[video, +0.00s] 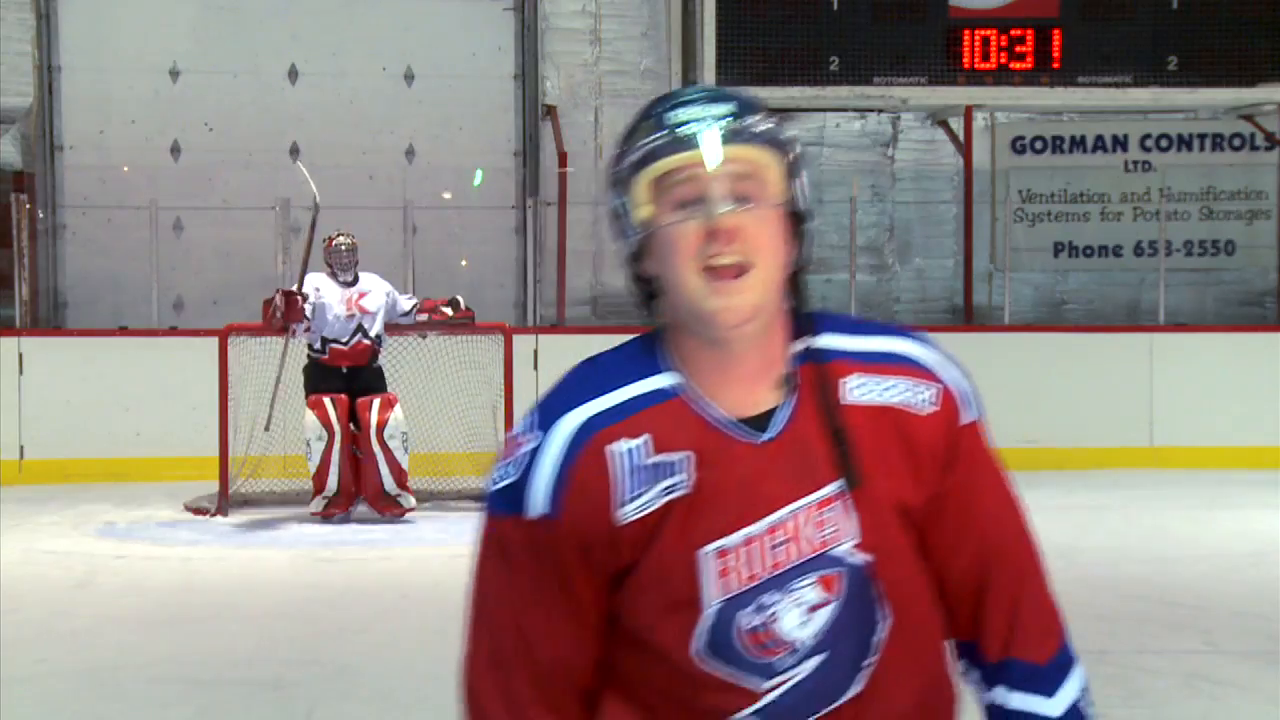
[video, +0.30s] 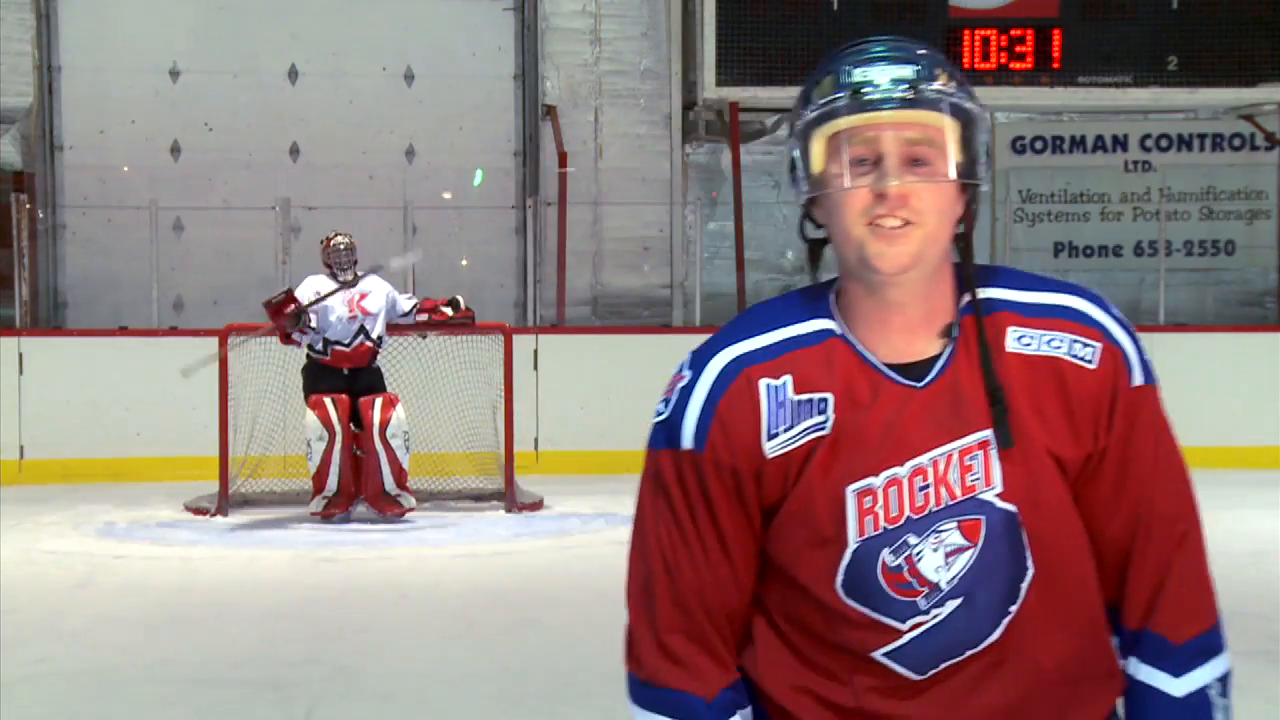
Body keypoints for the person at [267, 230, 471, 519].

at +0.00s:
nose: (344, 259)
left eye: (349, 253)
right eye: (338, 254)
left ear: (356, 254)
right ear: (328, 257)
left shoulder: (375, 284)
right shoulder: (315, 284)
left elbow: (404, 308)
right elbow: (301, 321)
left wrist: (442, 307)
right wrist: (291, 309)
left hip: (366, 372)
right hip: (325, 374)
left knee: (382, 429)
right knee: (330, 432)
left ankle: (388, 499)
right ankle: (332, 501)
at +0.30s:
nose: (343, 258)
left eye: (347, 252)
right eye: (336, 253)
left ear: (355, 254)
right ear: (326, 258)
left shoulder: (375, 286)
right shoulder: (313, 287)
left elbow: (406, 308)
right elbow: (292, 333)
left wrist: (442, 307)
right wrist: (293, 321)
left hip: (366, 373)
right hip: (325, 374)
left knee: (384, 426)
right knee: (333, 429)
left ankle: (386, 498)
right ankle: (332, 501)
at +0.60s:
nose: (343, 260)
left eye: (348, 254)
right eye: (337, 255)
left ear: (356, 256)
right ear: (327, 259)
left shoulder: (377, 285)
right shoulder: (312, 288)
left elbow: (407, 309)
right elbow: (292, 330)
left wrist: (441, 307)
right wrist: (286, 325)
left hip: (367, 373)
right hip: (325, 374)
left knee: (383, 426)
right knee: (333, 430)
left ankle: (385, 499)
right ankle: (333, 501)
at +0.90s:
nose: (349, 265)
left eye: (354, 259)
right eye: (343, 259)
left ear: (362, 260)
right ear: (333, 260)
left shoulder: (379, 286)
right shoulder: (314, 287)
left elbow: (416, 307)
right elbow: (282, 313)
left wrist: (450, 309)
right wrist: (251, 312)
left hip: (368, 372)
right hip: (326, 374)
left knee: (382, 430)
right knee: (331, 433)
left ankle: (387, 498)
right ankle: (332, 501)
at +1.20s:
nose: (348, 262)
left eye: (354, 257)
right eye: (343, 256)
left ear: (363, 259)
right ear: (334, 259)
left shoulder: (381, 287)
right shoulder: (314, 285)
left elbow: (418, 308)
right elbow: (280, 308)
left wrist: (451, 310)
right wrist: (245, 306)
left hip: (366, 372)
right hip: (324, 374)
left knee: (377, 431)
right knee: (326, 433)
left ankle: (386, 499)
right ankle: (334, 500)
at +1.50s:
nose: (341, 264)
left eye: (347, 258)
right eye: (336, 258)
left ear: (356, 260)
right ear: (326, 261)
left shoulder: (375, 286)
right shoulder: (309, 287)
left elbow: (414, 311)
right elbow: (273, 309)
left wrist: (445, 323)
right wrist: (237, 309)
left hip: (366, 375)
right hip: (322, 377)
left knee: (376, 433)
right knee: (325, 436)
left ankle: (388, 499)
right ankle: (333, 499)